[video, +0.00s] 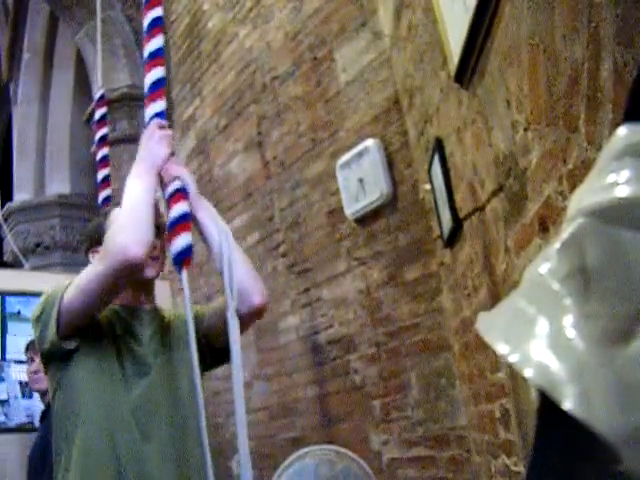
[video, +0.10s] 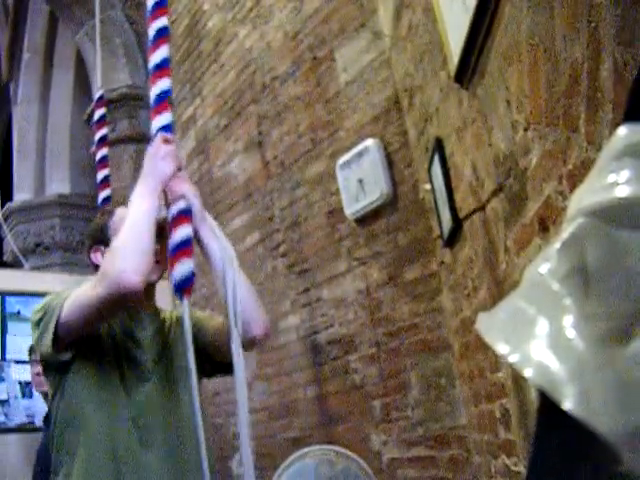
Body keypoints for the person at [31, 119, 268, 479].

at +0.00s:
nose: (153, 243)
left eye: (159, 232)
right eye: (141, 232)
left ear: (167, 243)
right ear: (96, 254)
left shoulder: (179, 332)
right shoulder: (63, 324)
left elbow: (251, 301)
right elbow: (127, 253)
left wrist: (195, 202)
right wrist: (144, 166)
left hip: (182, 471)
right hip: (93, 471)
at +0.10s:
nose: (153, 246)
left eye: (159, 235)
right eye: (136, 233)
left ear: (168, 249)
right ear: (97, 255)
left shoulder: (177, 326)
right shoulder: (58, 318)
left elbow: (252, 328)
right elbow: (127, 280)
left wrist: (200, 220)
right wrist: (149, 183)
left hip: (178, 471)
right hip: (90, 471)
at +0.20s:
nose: (152, 242)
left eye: (158, 235)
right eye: (135, 233)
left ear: (169, 251)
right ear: (104, 258)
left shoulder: (178, 334)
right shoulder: (53, 322)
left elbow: (252, 362)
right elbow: (119, 315)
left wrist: (204, 241)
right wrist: (157, 207)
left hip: (176, 472)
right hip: (85, 472)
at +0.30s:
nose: (160, 251)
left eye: (165, 241)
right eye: (143, 240)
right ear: (108, 259)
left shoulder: (180, 332)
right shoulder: (56, 321)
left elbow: (243, 402)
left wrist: (212, 280)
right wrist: (165, 243)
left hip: (175, 473)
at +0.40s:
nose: (163, 261)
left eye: (170, 248)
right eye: (148, 246)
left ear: (179, 256)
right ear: (111, 261)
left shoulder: (185, 332)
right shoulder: (60, 326)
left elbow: (237, 441)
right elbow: (86, 412)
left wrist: (217, 346)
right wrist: (170, 303)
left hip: (175, 473)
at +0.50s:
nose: (167, 267)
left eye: (175, 253)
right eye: (149, 252)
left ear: (184, 262)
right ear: (113, 266)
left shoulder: (190, 340)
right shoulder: (61, 337)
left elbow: (239, 467)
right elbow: (65, 452)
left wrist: (221, 423)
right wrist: (180, 375)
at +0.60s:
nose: (165, 272)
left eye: (174, 257)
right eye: (148, 256)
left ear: (183, 264)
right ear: (110, 268)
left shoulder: (195, 346)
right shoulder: (62, 348)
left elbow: (214, 459)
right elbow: (62, 466)